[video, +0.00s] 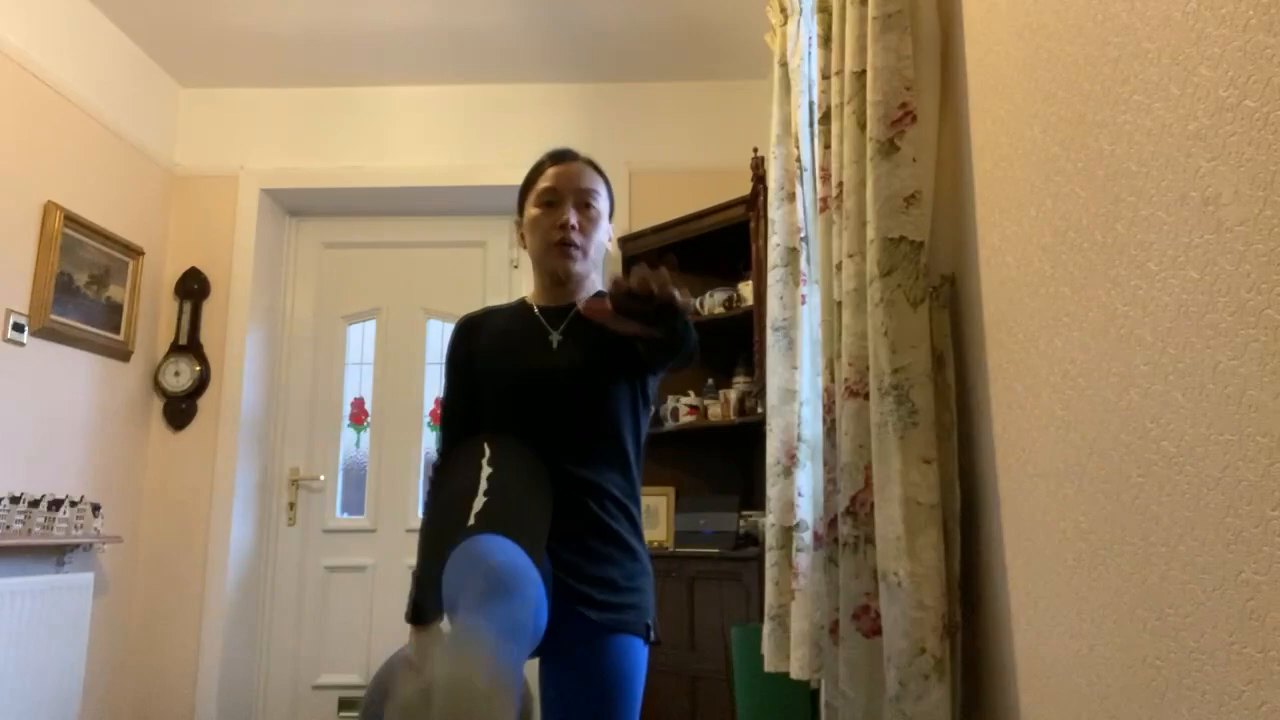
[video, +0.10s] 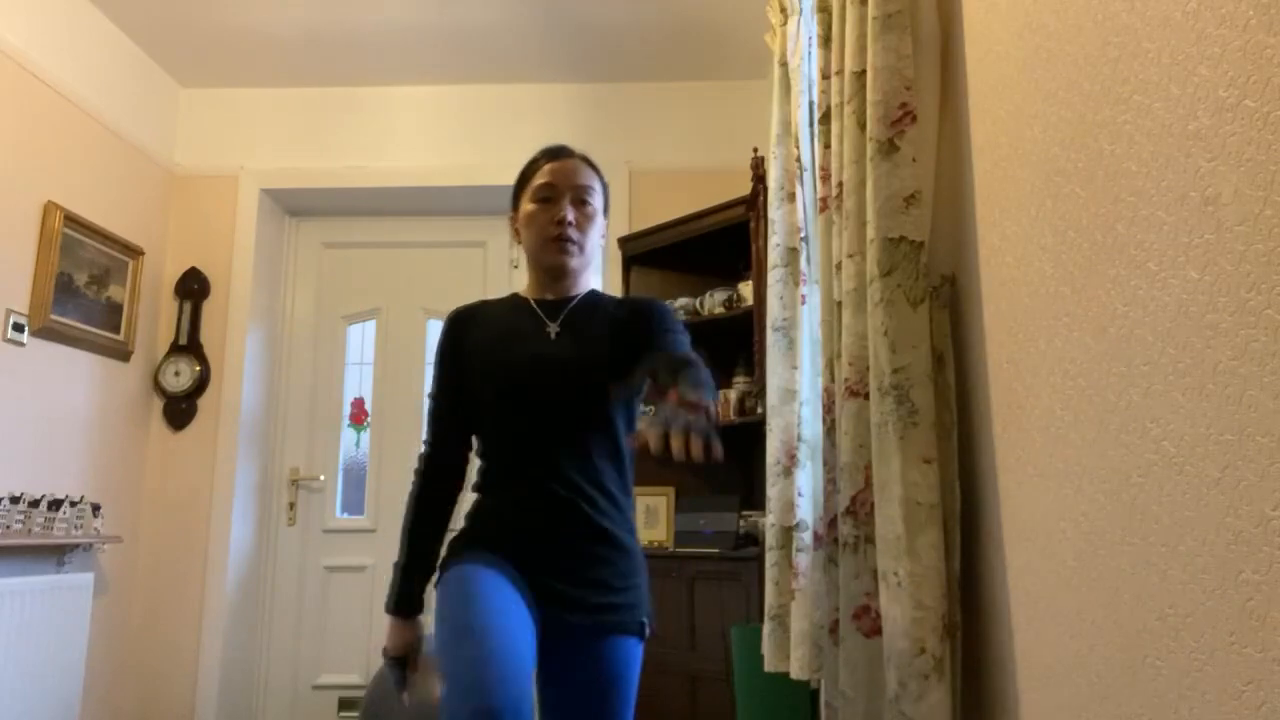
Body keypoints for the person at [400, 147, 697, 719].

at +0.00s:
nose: (568, 218)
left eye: (587, 206)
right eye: (549, 204)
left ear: (609, 236)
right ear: (521, 231)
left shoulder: (630, 326)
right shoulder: (478, 333)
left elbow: (674, 349)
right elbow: (453, 471)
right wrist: (425, 605)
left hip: (604, 582)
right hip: (497, 573)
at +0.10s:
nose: (565, 213)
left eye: (582, 202)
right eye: (546, 198)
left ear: (604, 230)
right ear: (516, 224)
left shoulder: (639, 319)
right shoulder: (471, 327)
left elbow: (678, 360)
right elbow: (442, 467)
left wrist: (686, 395)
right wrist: (404, 605)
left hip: (602, 568)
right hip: (492, 555)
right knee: (491, 703)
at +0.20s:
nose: (556, 219)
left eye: (574, 208)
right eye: (537, 204)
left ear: (594, 234)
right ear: (506, 229)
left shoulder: (631, 333)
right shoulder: (458, 328)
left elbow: (682, 433)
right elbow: (422, 467)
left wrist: (702, 532)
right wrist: (377, 605)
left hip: (592, 602)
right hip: (476, 599)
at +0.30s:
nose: (545, 225)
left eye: (563, 214)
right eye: (527, 208)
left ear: (579, 240)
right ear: (493, 231)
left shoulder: (611, 350)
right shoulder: (438, 331)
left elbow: (650, 478)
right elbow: (394, 469)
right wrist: (340, 608)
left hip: (571, 627)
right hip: (450, 621)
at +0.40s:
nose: (533, 221)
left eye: (551, 211)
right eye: (514, 205)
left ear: (566, 238)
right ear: (480, 228)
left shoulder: (596, 347)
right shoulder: (423, 325)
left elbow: (618, 484)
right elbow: (369, 453)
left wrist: (630, 607)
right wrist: (308, 572)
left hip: (548, 604)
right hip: (431, 598)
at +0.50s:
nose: (523, 217)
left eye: (540, 208)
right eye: (504, 201)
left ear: (555, 236)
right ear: (470, 225)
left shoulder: (585, 349)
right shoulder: (415, 316)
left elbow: (584, 479)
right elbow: (364, 399)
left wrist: (579, 580)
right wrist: (308, 491)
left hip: (538, 570)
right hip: (426, 574)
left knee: (519, 702)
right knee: (413, 709)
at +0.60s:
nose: (515, 219)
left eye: (532, 209)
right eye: (496, 203)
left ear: (547, 236)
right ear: (459, 228)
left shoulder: (574, 349)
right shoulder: (417, 308)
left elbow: (564, 474)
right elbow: (385, 331)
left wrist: (548, 552)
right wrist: (358, 360)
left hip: (532, 546)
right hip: (427, 555)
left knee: (507, 586)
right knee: (400, 709)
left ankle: (514, 711)